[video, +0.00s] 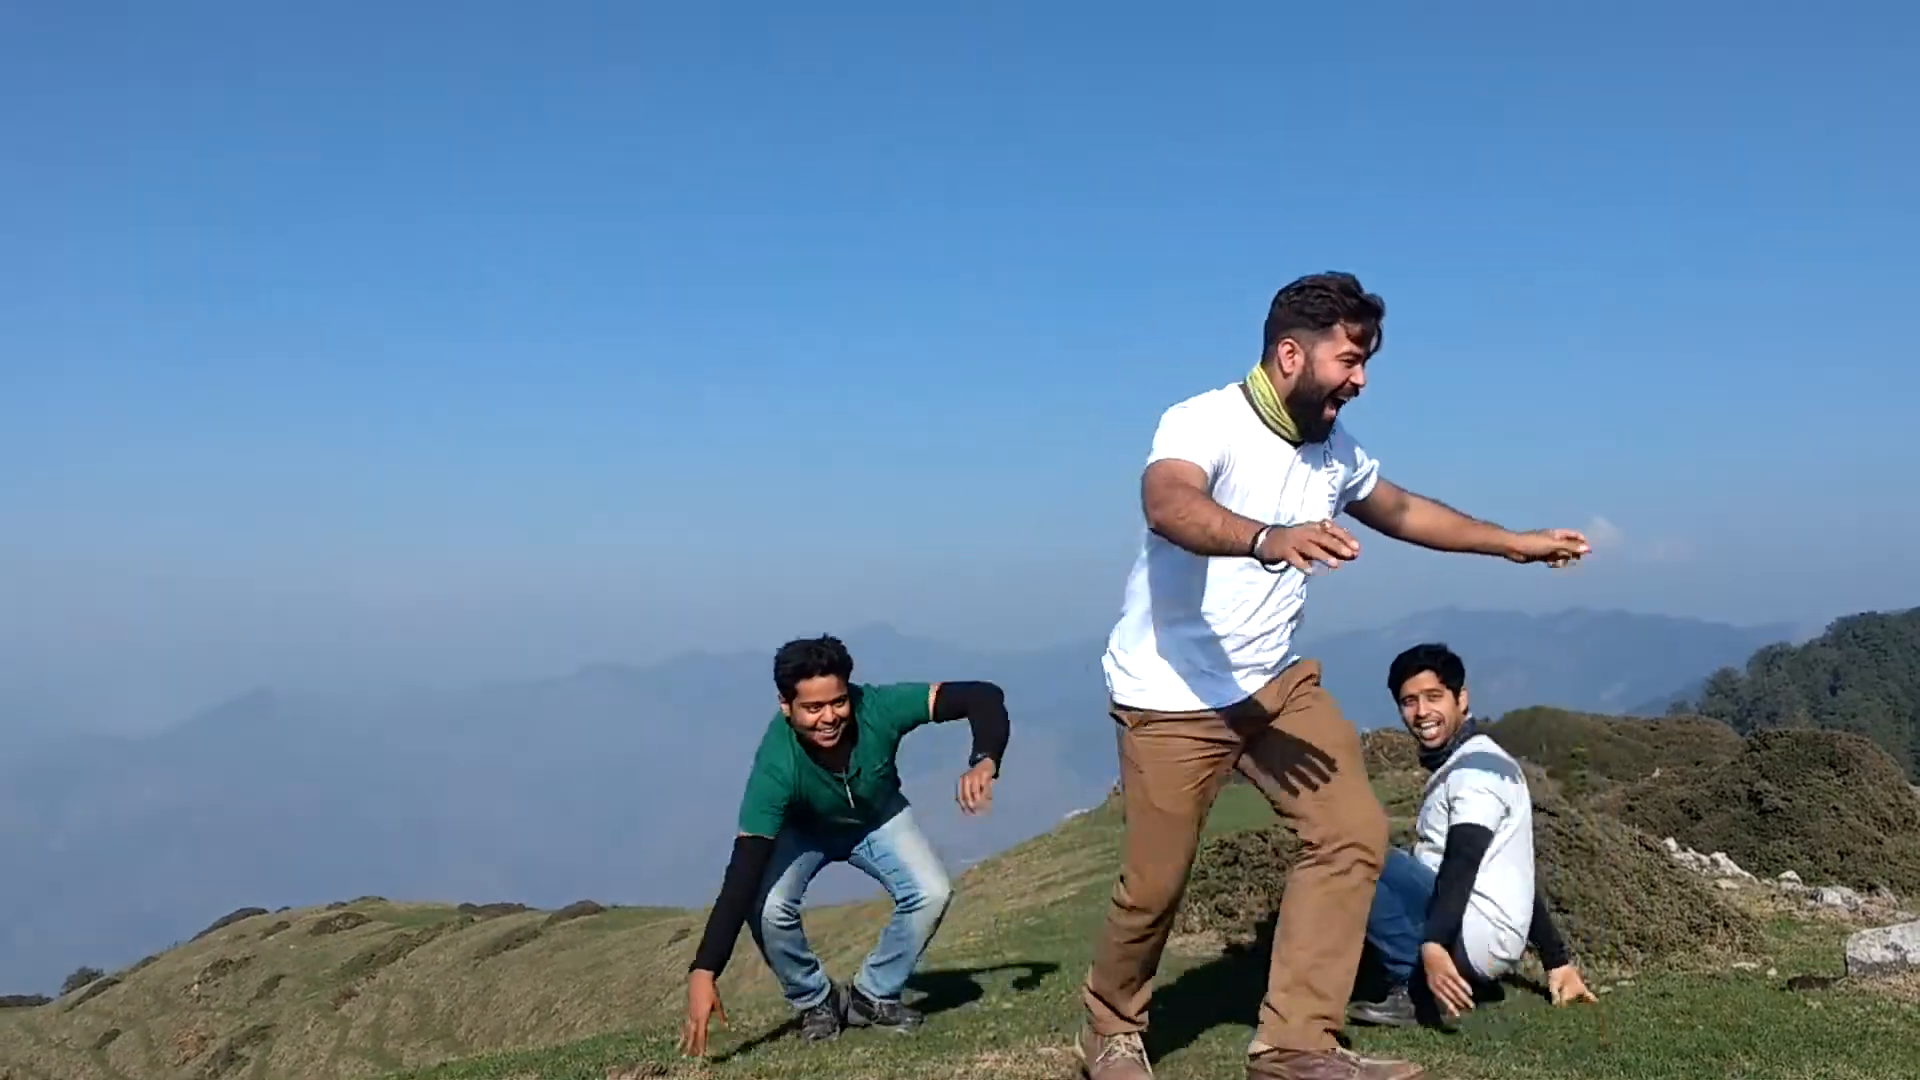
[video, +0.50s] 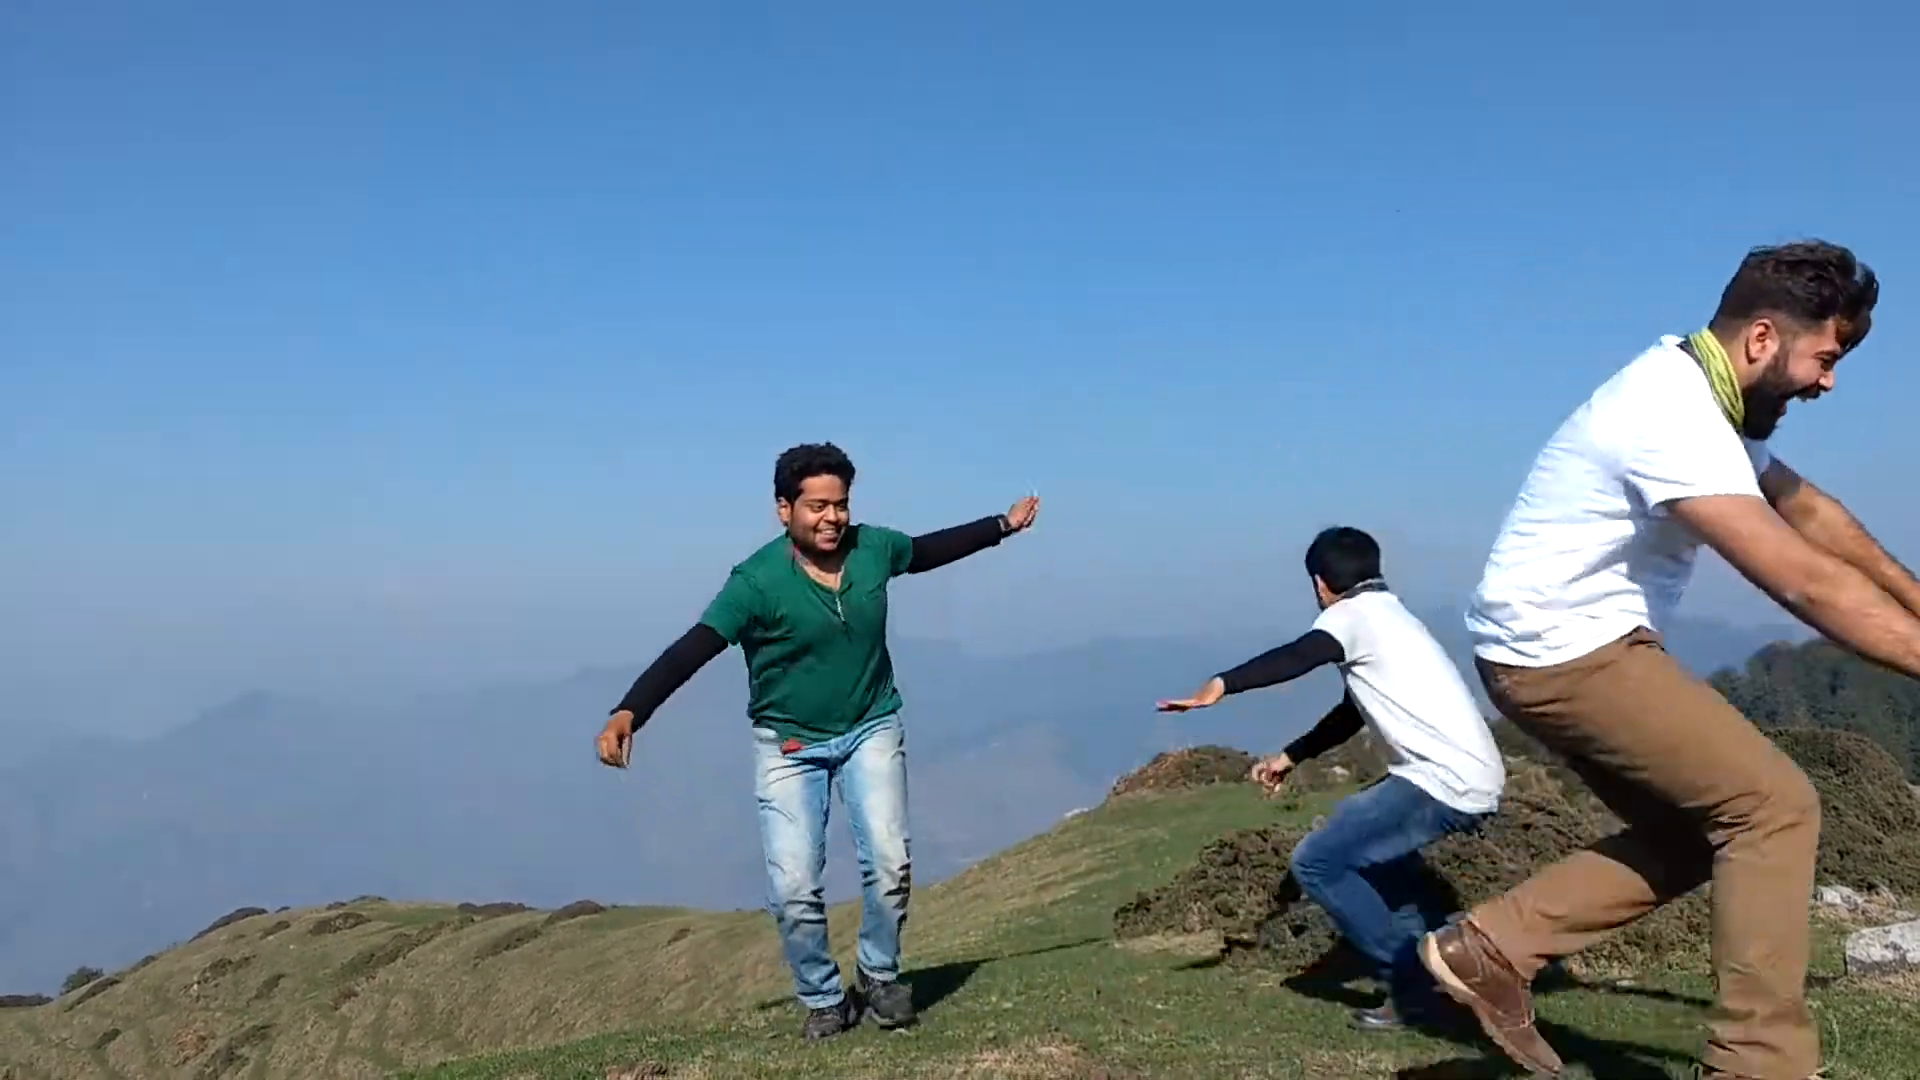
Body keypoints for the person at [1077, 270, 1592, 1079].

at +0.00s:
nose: (1359, 380)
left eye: (1365, 362)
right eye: (1348, 359)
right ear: (1288, 351)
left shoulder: (1333, 451)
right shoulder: (1202, 421)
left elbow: (1400, 512)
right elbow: (1169, 507)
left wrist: (1514, 543)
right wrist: (1264, 537)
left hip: (1276, 683)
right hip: (1172, 695)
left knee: (1349, 834)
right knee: (1153, 889)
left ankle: (1295, 1044)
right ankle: (1115, 1024)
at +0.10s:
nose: (1443, 367)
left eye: (1448, 350)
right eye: (1434, 345)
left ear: (1383, 340)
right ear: (1371, 332)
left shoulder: (1396, 440)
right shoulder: (1277, 397)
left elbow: (1483, 515)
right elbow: (1265, 486)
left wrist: (1608, 564)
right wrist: (1362, 545)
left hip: (1325, 673)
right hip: (1224, 675)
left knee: (1375, 845)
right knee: (1246, 868)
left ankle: (1293, 1043)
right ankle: (1126, 969)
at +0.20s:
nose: (1523, 370)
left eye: (1530, 352)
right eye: (1517, 347)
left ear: (1467, 342)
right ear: (1454, 333)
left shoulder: (1458, 441)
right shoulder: (1359, 392)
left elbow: (1566, 522)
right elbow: (1370, 490)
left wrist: (1697, 586)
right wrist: (1481, 560)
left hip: (1360, 660)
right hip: (1288, 648)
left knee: (1417, 839)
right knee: (1414, 806)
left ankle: (1309, 1025)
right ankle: (1249, 951)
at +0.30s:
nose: (1609, 370)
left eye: (1616, 353)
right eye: (1603, 348)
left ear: (1549, 342)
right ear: (1542, 336)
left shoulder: (1535, 435)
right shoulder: (1447, 395)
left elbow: (1647, 517)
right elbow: (1486, 511)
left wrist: (1780, 587)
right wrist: (1612, 593)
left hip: (1401, 643)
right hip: (1367, 638)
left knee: (1434, 872)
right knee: (1548, 766)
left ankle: (1297, 1048)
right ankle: (1540, 1033)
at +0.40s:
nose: (1708, 360)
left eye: (1716, 342)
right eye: (1703, 338)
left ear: (1644, 326)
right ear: (1641, 323)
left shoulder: (1623, 407)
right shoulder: (1548, 395)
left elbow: (1727, 494)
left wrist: (1851, 575)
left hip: (1508, 640)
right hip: (1465, 640)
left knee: (1498, 868)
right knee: (1650, 799)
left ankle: (1323, 1024)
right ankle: (1733, 1060)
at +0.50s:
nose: (1825, 382)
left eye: (1834, 363)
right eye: (1823, 358)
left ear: (1761, 340)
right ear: (1762, 338)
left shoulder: (1692, 396)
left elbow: (1808, 513)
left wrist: (1908, 598)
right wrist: (1915, 653)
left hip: (1566, 641)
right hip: (1567, 644)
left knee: (1695, 833)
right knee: (1773, 806)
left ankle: (1488, 948)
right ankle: (1761, 1061)